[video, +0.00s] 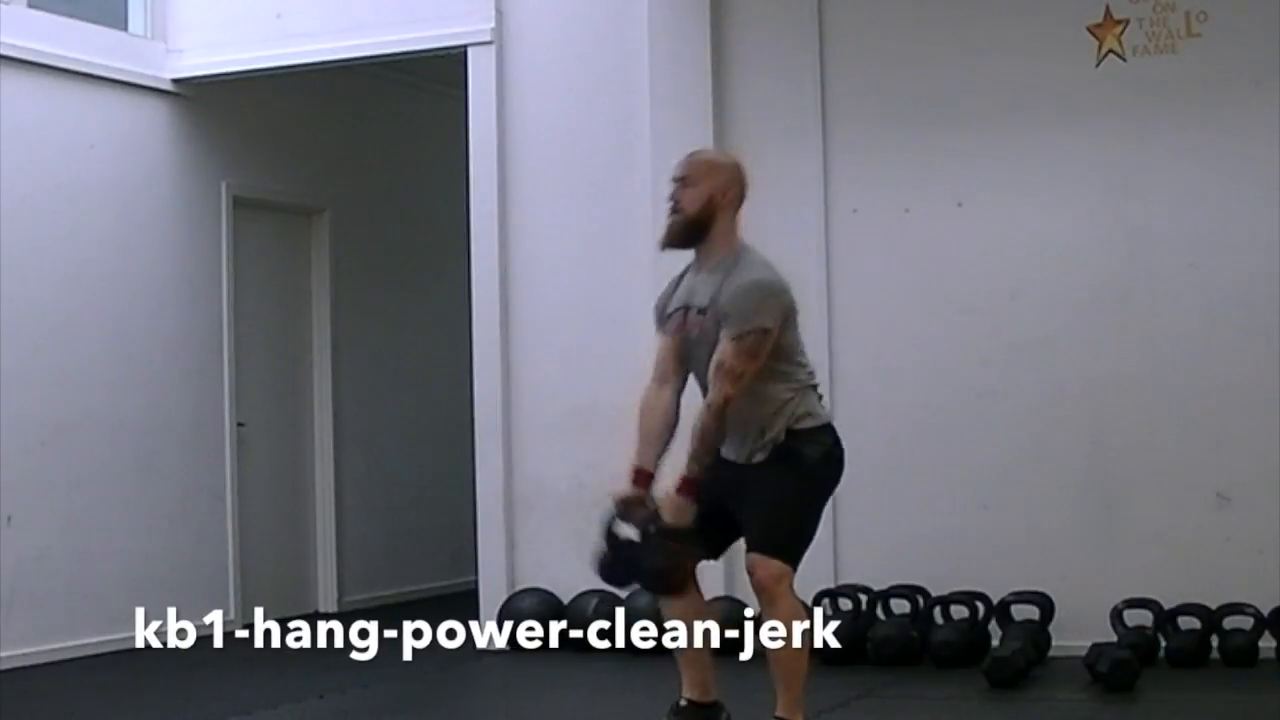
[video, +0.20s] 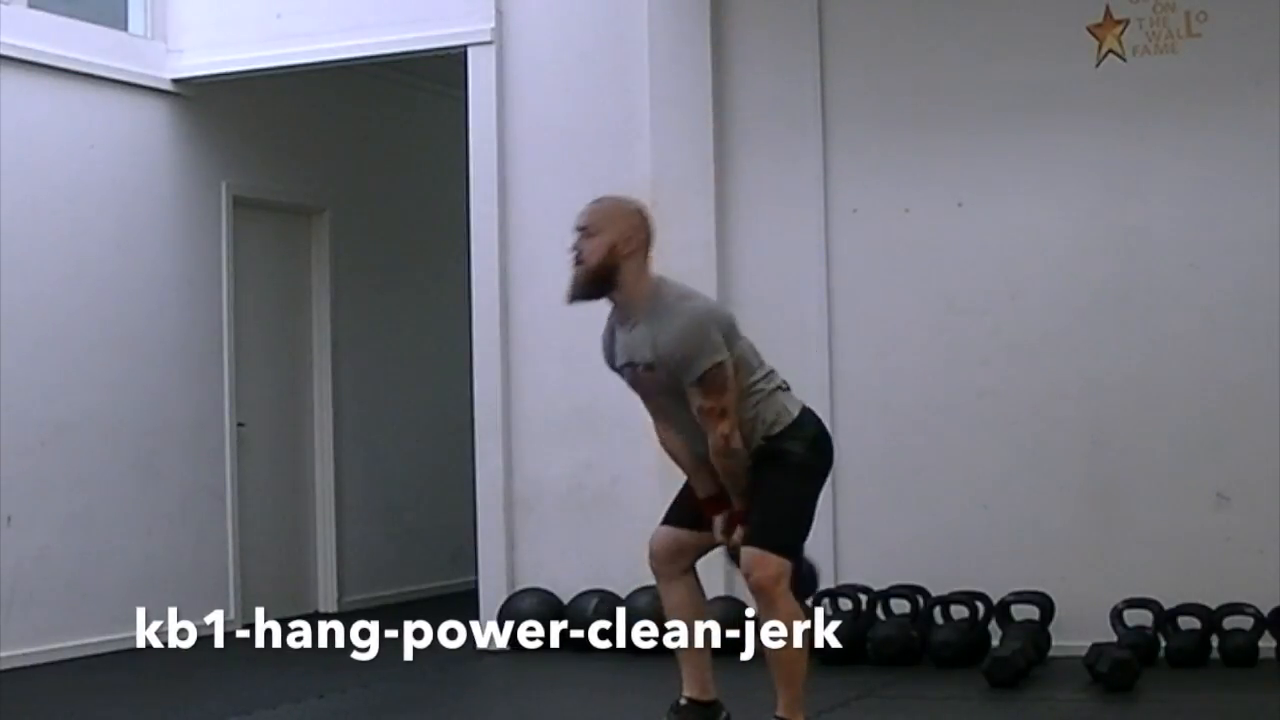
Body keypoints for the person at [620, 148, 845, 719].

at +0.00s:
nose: (672, 194)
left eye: (685, 184)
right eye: (674, 184)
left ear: (724, 196)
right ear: (707, 198)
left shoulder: (757, 285)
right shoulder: (680, 290)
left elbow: (721, 401)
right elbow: (664, 385)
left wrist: (688, 485)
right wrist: (642, 474)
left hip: (799, 449)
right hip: (734, 454)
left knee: (767, 571)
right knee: (667, 553)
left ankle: (791, 712)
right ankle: (700, 702)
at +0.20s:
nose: (574, 248)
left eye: (588, 235)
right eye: (577, 237)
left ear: (630, 241)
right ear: (618, 245)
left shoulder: (689, 319)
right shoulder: (617, 335)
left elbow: (725, 432)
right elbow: (668, 425)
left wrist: (742, 508)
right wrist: (717, 504)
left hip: (788, 441)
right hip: (729, 452)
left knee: (764, 572)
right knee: (669, 552)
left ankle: (792, 713)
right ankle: (699, 701)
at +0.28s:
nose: (549, 269)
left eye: (561, 256)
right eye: (551, 257)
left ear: (603, 263)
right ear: (596, 265)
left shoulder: (672, 332)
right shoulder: (607, 349)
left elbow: (725, 437)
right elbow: (671, 432)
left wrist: (748, 505)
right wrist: (723, 500)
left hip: (791, 439)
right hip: (738, 447)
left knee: (768, 573)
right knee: (676, 552)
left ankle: (793, 713)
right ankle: (701, 700)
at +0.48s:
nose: (554, 268)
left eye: (565, 255)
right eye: (556, 256)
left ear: (605, 263)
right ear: (599, 265)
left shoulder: (674, 331)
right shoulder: (610, 349)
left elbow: (724, 440)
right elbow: (670, 435)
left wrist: (754, 515)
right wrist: (723, 505)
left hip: (788, 444)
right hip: (736, 455)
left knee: (755, 574)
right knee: (669, 560)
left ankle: (793, 713)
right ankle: (703, 704)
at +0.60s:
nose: (609, 226)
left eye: (622, 215)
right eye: (612, 215)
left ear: (661, 227)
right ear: (650, 229)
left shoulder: (708, 304)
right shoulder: (639, 318)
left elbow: (724, 424)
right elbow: (671, 419)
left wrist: (729, 509)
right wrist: (698, 503)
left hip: (782, 454)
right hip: (724, 462)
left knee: (739, 578)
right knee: (654, 563)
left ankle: (789, 712)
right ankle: (701, 703)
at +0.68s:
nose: (652, 203)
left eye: (664, 192)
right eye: (653, 192)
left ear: (700, 201)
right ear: (689, 205)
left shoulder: (743, 283)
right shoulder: (672, 293)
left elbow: (733, 398)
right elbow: (674, 393)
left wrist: (711, 487)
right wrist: (676, 478)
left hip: (779, 452)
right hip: (717, 456)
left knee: (736, 575)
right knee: (660, 570)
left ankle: (789, 713)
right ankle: (701, 704)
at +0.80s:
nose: (697, 174)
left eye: (709, 163)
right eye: (699, 164)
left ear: (748, 172)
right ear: (736, 174)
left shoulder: (775, 248)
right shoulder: (707, 257)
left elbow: (755, 356)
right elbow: (692, 345)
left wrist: (685, 409)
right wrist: (655, 406)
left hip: (777, 435)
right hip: (721, 438)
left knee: (747, 571)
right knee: (675, 561)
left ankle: (790, 712)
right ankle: (701, 703)